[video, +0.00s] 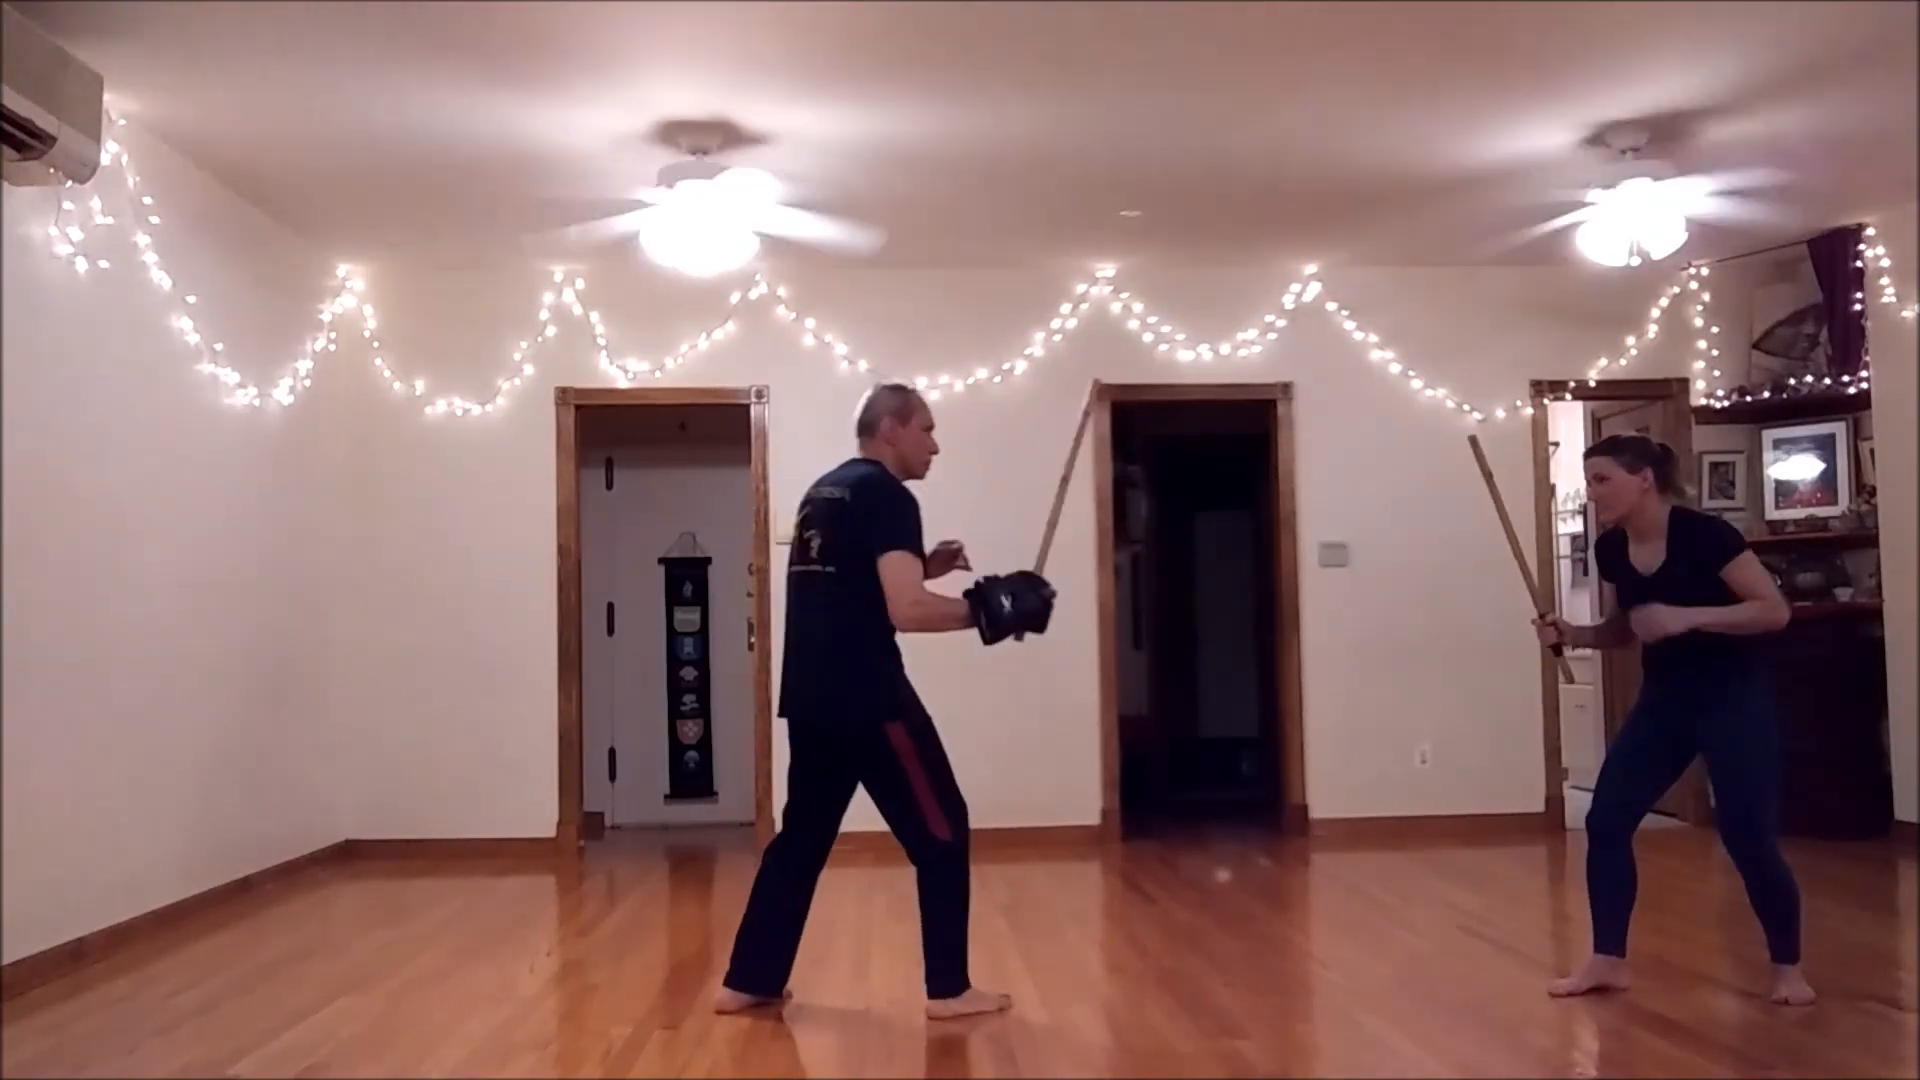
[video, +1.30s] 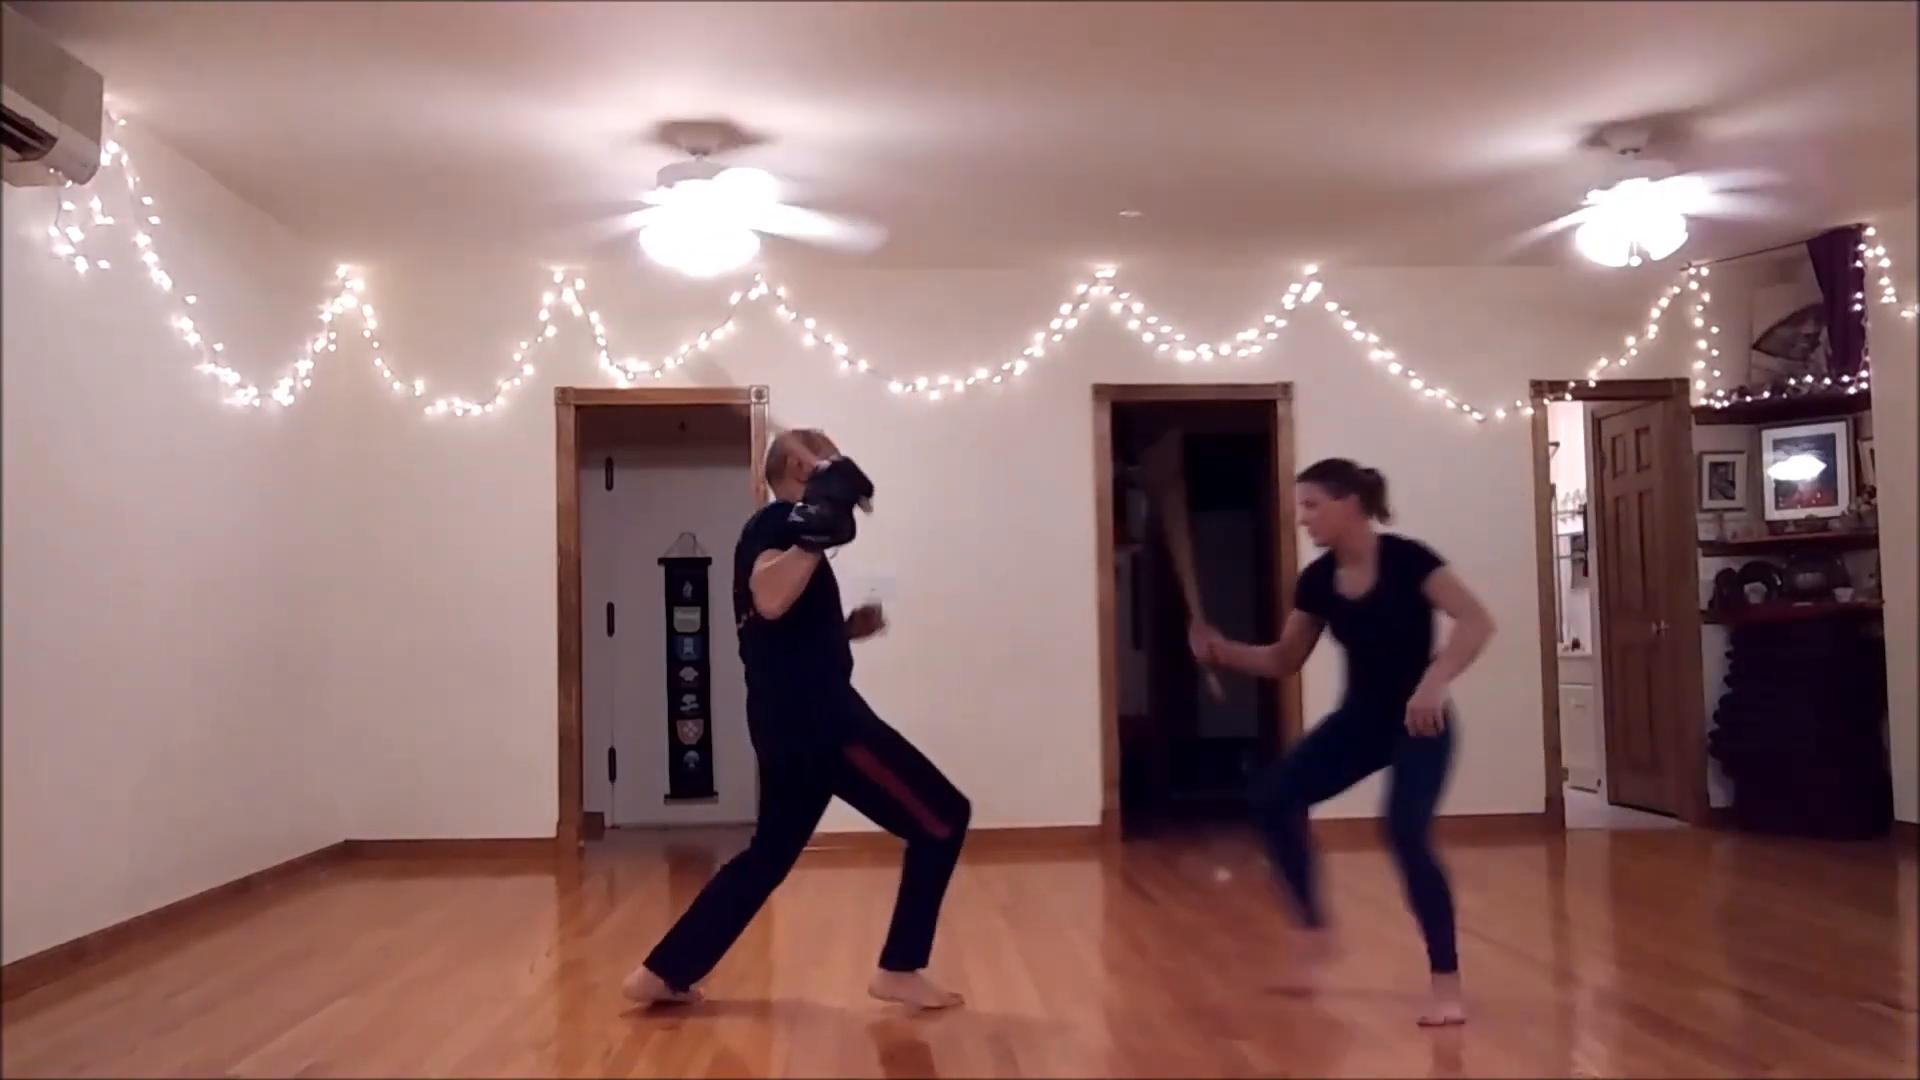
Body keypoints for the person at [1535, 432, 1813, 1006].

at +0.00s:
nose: (1592, 493)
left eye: (1601, 480)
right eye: (1589, 482)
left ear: (1642, 480)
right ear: (1627, 485)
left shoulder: (1705, 535)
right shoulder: (1612, 548)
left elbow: (1775, 611)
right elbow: (1624, 629)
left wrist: (1684, 617)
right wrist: (1571, 634)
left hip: (1734, 707)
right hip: (1664, 707)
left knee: (1748, 838)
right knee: (1606, 821)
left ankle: (1788, 969)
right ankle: (1607, 960)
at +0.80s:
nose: (1567, 505)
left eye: (1575, 492)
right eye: (1563, 495)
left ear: (1616, 489)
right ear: (1608, 495)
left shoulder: (1684, 548)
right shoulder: (1582, 563)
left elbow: (1745, 627)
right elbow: (1579, 647)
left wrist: (1666, 644)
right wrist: (1528, 642)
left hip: (1699, 717)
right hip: (1627, 718)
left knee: (1736, 843)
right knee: (1547, 818)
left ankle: (1788, 960)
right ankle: (1569, 956)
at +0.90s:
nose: (1531, 519)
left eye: (1540, 505)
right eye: (1529, 508)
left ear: (1582, 503)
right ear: (1566, 509)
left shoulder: (1650, 563)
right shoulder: (1544, 580)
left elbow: (1682, 650)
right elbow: (1521, 665)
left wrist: (1595, 634)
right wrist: (1469, 647)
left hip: (1664, 739)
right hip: (1593, 741)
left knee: (1723, 855)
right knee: (1499, 825)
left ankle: (1790, 960)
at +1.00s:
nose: (1464, 515)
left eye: (1473, 502)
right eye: (1459, 506)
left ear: (1510, 501)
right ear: (1468, 515)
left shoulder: (1567, 558)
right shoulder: (1470, 583)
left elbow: (1613, 634)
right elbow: (1431, 665)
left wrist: (1524, 612)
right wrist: (1369, 645)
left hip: (1600, 736)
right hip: (1528, 741)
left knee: (1686, 840)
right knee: (1437, 828)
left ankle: (1781, 950)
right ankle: (1393, 963)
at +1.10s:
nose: (1382, 515)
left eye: (1393, 502)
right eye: (1380, 504)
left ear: (1432, 504)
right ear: (1397, 515)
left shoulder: (1490, 555)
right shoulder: (1390, 585)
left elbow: (1557, 625)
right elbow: (1324, 652)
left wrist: (1482, 637)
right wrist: (1253, 653)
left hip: (1535, 725)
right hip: (1466, 734)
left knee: (1600, 843)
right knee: (1397, 830)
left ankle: (1695, 936)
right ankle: (1396, 974)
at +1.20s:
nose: (1334, 512)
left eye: (1343, 499)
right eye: (1332, 501)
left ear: (1384, 498)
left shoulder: (1443, 552)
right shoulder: (1344, 576)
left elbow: (1517, 621)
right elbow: (1288, 652)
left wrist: (1454, 665)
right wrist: (1221, 669)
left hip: (1477, 710)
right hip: (1413, 714)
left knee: (1494, 827)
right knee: (1358, 822)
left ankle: (1522, 945)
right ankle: (1389, 965)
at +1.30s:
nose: (1303, 519)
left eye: (1311, 506)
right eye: (1300, 508)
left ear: (1351, 504)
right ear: (1335, 511)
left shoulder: (1407, 560)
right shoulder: (1319, 580)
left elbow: (1476, 622)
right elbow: (1282, 661)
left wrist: (1434, 683)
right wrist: (1221, 651)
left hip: (1419, 720)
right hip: (1362, 722)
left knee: (1405, 829)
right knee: (1275, 796)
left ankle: (1445, 977)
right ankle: (1314, 932)